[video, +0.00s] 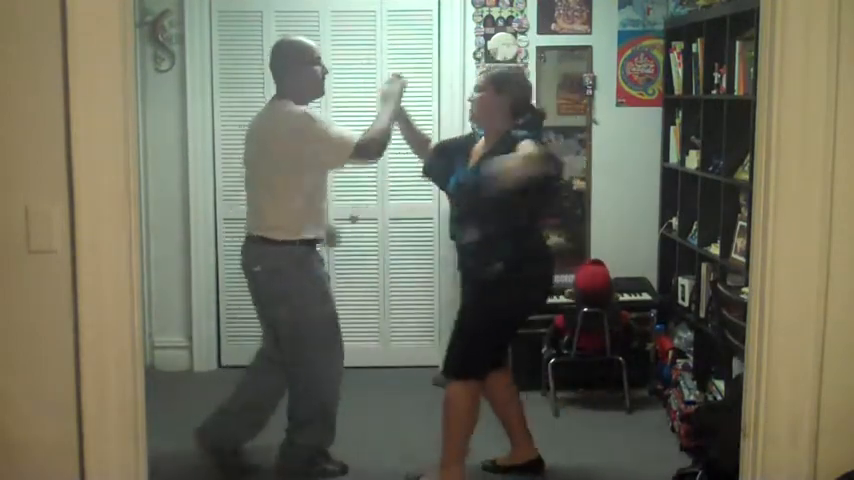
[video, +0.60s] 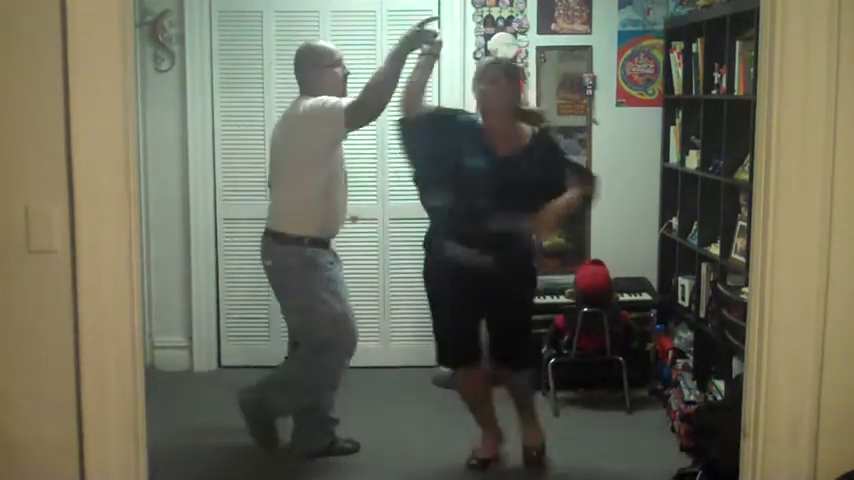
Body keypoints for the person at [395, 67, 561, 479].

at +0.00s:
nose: (472, 98)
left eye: (482, 91)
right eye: (475, 91)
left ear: (507, 100)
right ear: (491, 100)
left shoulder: (523, 142)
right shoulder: (469, 146)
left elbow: (535, 161)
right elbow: (429, 154)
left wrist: (508, 169)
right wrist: (397, 112)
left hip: (515, 269)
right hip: (480, 269)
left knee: (462, 367)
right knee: (490, 361)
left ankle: (450, 470)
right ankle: (524, 451)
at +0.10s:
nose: (468, 101)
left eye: (475, 95)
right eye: (471, 94)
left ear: (494, 104)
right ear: (498, 105)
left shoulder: (497, 141)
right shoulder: (484, 139)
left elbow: (482, 181)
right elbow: (452, 125)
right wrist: (433, 89)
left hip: (497, 266)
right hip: (511, 263)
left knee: (451, 364)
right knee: (482, 355)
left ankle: (449, 469)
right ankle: (513, 448)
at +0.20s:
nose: (522, 103)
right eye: (518, 97)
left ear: (474, 102)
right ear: (517, 101)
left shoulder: (459, 147)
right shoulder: (529, 143)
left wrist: (405, 194)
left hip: (470, 273)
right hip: (524, 272)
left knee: (446, 363)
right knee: (497, 356)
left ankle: (447, 468)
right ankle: (481, 451)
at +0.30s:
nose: (512, 93)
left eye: (501, 88)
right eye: (509, 88)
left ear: (467, 98)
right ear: (509, 97)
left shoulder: (450, 141)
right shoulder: (526, 137)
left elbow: (407, 178)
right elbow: (560, 76)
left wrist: (446, 216)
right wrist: (516, 38)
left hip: (453, 262)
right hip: (511, 265)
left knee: (444, 346)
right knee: (509, 360)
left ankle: (424, 433)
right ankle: (461, 445)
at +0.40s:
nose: (516, 94)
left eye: (514, 86)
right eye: (509, 86)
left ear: (472, 94)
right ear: (493, 92)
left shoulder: (465, 136)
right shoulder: (495, 135)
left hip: (455, 256)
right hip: (482, 260)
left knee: (484, 345)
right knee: (500, 354)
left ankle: (414, 394)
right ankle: (458, 438)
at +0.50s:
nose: (510, 92)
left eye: (514, 83)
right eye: (500, 83)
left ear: (519, 90)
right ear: (480, 89)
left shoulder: (519, 139)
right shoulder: (469, 126)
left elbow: (535, 185)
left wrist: (566, 205)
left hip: (506, 262)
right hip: (460, 258)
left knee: (522, 354)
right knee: (480, 357)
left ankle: (466, 389)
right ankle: (471, 441)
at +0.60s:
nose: (485, 92)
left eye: (495, 85)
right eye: (481, 85)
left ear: (516, 91)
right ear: (474, 93)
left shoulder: (538, 146)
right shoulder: (458, 135)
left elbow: (577, 187)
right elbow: (411, 112)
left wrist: (558, 209)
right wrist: (425, 60)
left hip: (510, 262)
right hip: (453, 261)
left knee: (512, 360)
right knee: (463, 363)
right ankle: (489, 434)